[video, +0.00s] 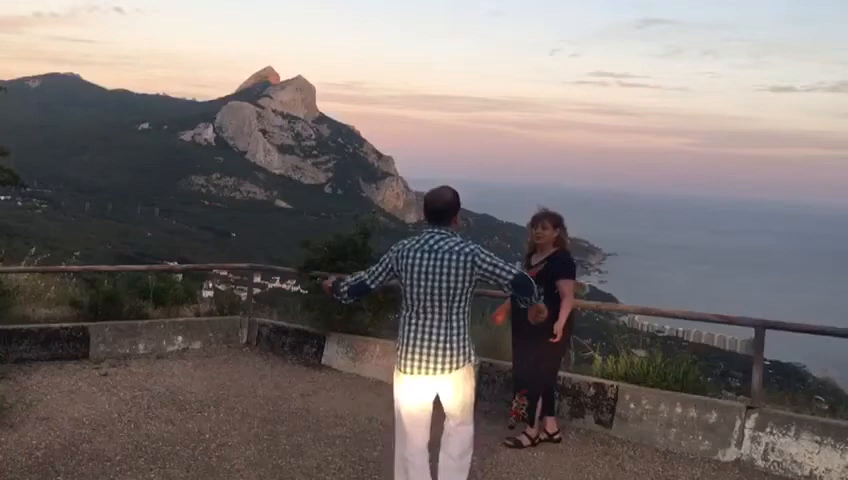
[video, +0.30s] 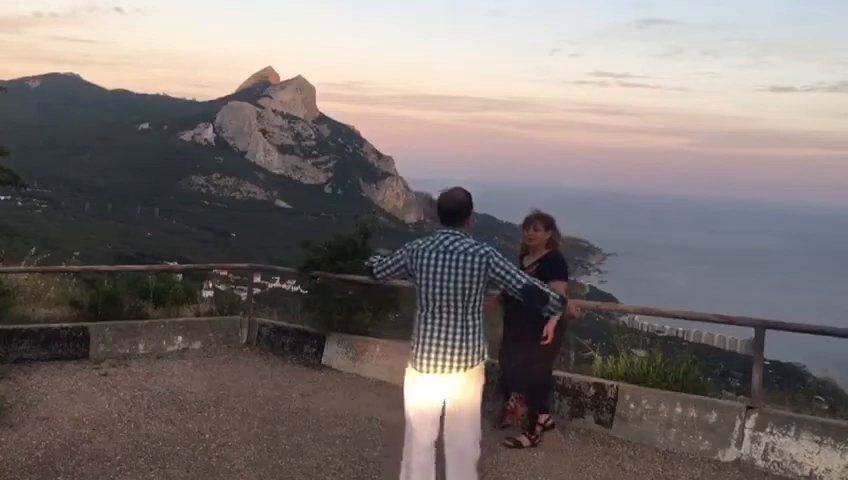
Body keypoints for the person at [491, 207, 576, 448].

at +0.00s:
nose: (538, 232)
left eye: (544, 228)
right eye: (535, 227)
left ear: (557, 233)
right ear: (531, 231)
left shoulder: (562, 259)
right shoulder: (531, 257)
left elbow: (567, 295)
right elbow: (522, 288)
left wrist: (560, 322)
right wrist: (505, 308)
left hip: (548, 326)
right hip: (527, 325)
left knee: (536, 374)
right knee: (544, 374)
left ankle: (532, 429)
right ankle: (550, 425)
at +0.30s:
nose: (530, 234)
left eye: (536, 230)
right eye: (527, 230)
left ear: (548, 234)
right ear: (523, 232)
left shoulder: (555, 260)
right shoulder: (521, 259)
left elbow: (558, 294)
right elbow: (512, 286)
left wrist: (552, 321)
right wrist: (496, 300)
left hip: (540, 325)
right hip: (516, 322)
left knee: (536, 373)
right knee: (515, 367)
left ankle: (532, 431)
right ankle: (542, 413)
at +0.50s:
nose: (521, 233)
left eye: (527, 229)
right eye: (518, 228)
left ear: (539, 233)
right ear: (514, 231)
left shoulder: (546, 260)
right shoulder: (512, 257)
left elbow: (551, 291)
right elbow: (503, 288)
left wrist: (548, 318)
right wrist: (500, 315)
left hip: (534, 324)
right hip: (510, 322)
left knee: (531, 372)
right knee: (511, 370)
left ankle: (531, 427)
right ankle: (510, 419)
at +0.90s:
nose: (504, 233)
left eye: (509, 229)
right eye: (501, 228)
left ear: (520, 232)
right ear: (495, 229)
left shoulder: (524, 258)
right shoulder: (490, 257)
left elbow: (538, 288)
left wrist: (536, 313)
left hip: (521, 319)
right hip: (495, 317)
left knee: (516, 368)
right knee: (498, 367)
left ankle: (516, 417)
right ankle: (498, 416)